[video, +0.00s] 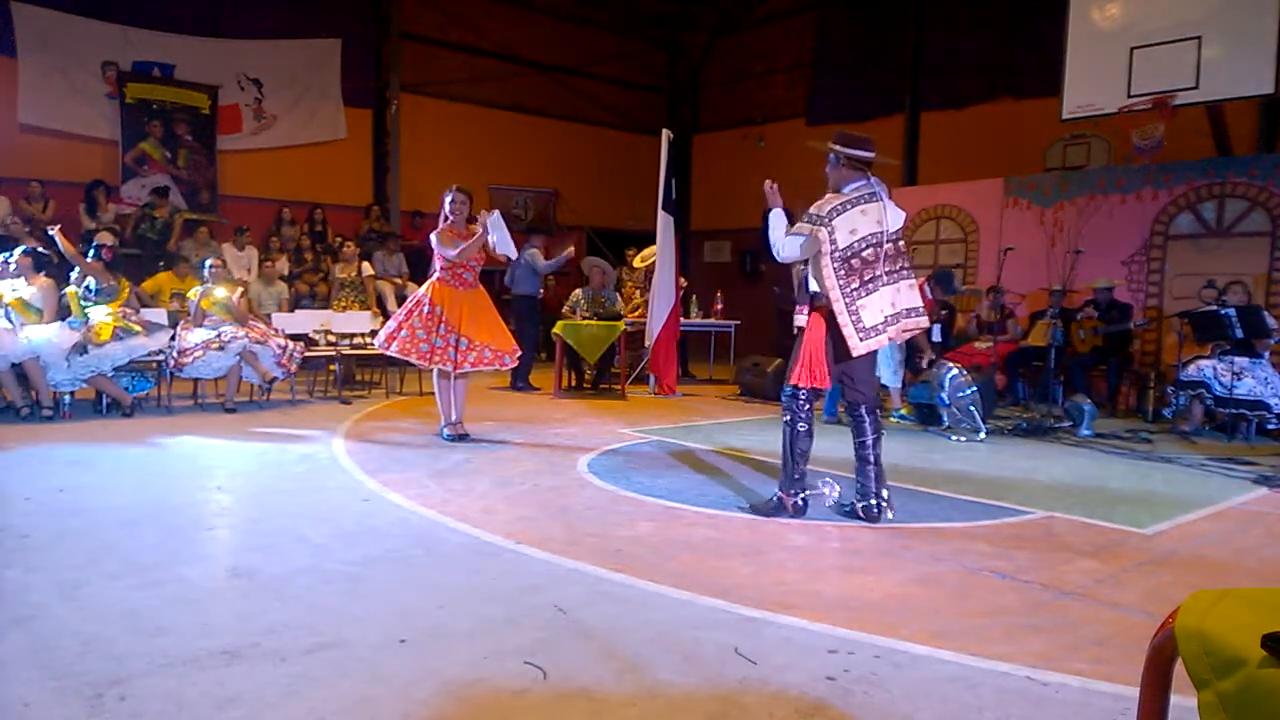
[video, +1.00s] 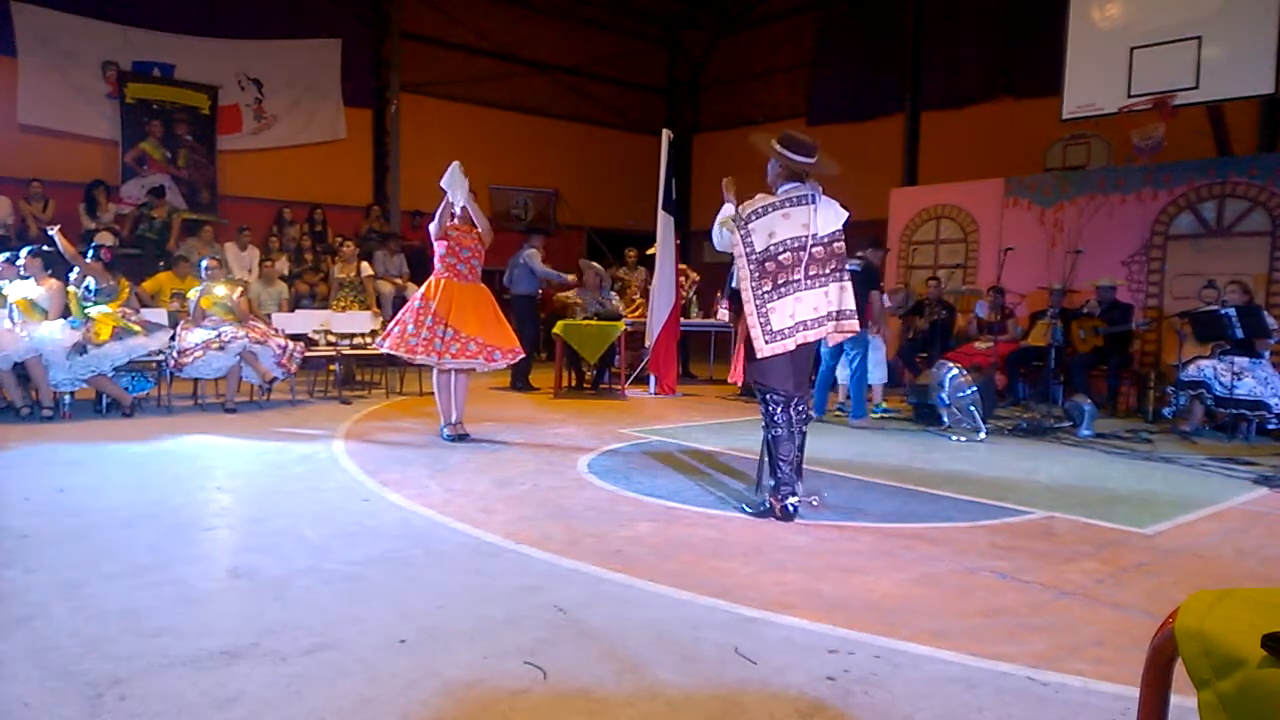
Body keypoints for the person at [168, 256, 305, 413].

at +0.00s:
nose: (215, 271)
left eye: (218, 267)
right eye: (211, 268)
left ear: (225, 270)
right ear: (205, 272)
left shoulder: (237, 290)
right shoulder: (197, 293)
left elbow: (244, 320)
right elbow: (197, 322)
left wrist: (231, 303)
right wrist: (201, 298)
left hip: (232, 327)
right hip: (207, 328)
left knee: (236, 356)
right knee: (237, 340)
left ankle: (229, 400)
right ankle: (264, 374)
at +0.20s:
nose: (214, 271)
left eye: (218, 268)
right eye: (210, 268)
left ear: (224, 270)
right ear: (204, 272)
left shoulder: (236, 289)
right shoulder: (197, 292)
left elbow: (244, 319)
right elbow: (197, 322)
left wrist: (233, 304)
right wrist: (201, 299)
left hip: (233, 327)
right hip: (208, 328)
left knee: (236, 356)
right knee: (237, 340)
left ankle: (229, 400)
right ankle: (264, 374)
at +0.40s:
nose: (213, 272)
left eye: (217, 268)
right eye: (209, 269)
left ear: (224, 270)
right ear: (203, 272)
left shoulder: (236, 289)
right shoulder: (197, 293)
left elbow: (244, 319)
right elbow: (197, 323)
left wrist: (234, 303)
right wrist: (201, 298)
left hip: (233, 327)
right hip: (208, 328)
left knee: (236, 356)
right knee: (237, 340)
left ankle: (230, 400)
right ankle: (264, 374)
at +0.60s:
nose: (211, 273)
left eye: (215, 269)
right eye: (207, 269)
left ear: (222, 270)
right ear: (200, 272)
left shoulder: (234, 289)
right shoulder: (196, 292)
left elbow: (243, 319)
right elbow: (195, 322)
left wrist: (232, 303)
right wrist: (198, 299)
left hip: (232, 327)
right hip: (206, 329)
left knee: (235, 357)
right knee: (236, 341)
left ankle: (228, 400)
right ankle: (262, 374)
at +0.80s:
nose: (210, 273)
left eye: (214, 269)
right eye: (206, 269)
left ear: (223, 270)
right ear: (202, 272)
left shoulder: (236, 289)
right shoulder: (197, 293)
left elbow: (245, 318)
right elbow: (196, 321)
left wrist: (234, 303)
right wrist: (201, 299)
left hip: (233, 328)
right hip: (207, 330)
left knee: (236, 357)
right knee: (238, 342)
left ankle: (230, 400)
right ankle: (264, 374)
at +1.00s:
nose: (210, 273)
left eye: (214, 269)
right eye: (206, 269)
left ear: (223, 270)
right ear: (201, 273)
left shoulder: (236, 289)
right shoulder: (197, 293)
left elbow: (245, 317)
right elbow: (196, 321)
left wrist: (233, 303)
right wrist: (201, 299)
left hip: (233, 328)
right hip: (207, 330)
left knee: (236, 357)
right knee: (238, 342)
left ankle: (230, 400)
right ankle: (264, 374)